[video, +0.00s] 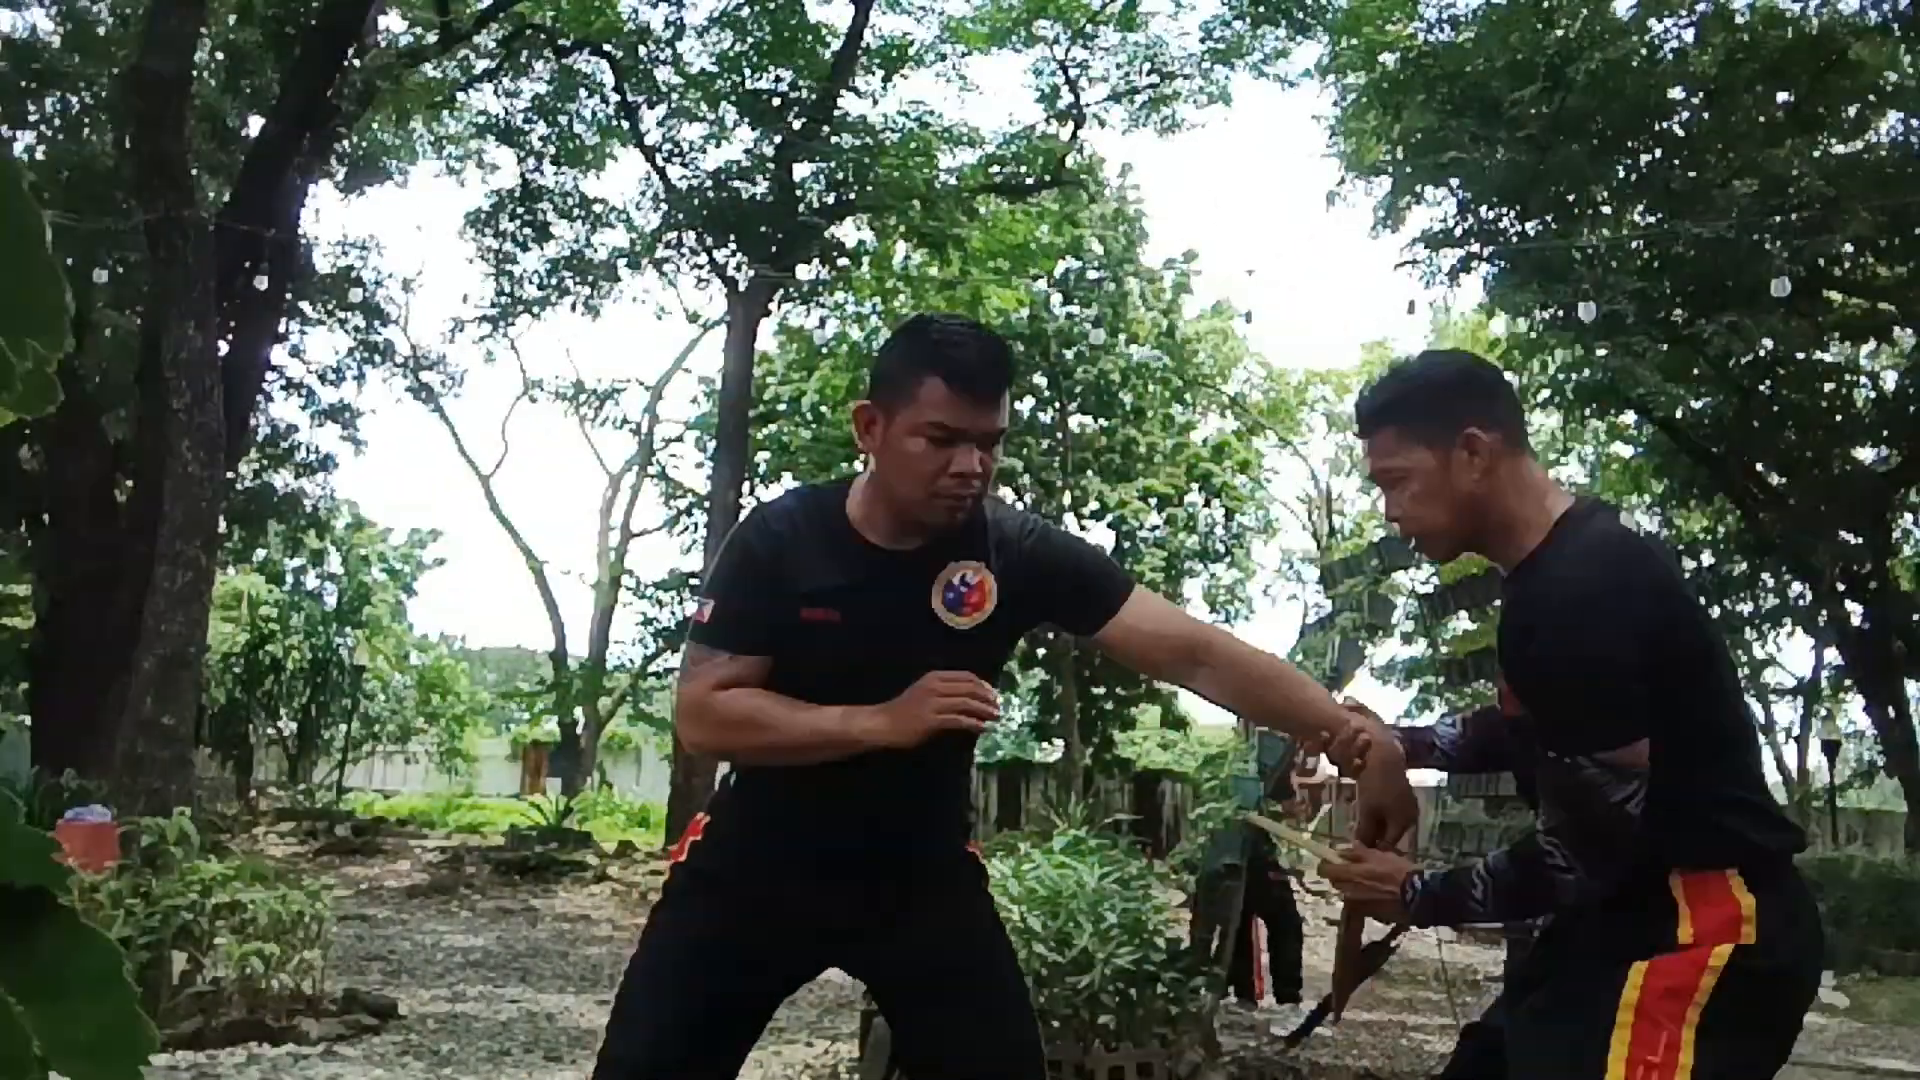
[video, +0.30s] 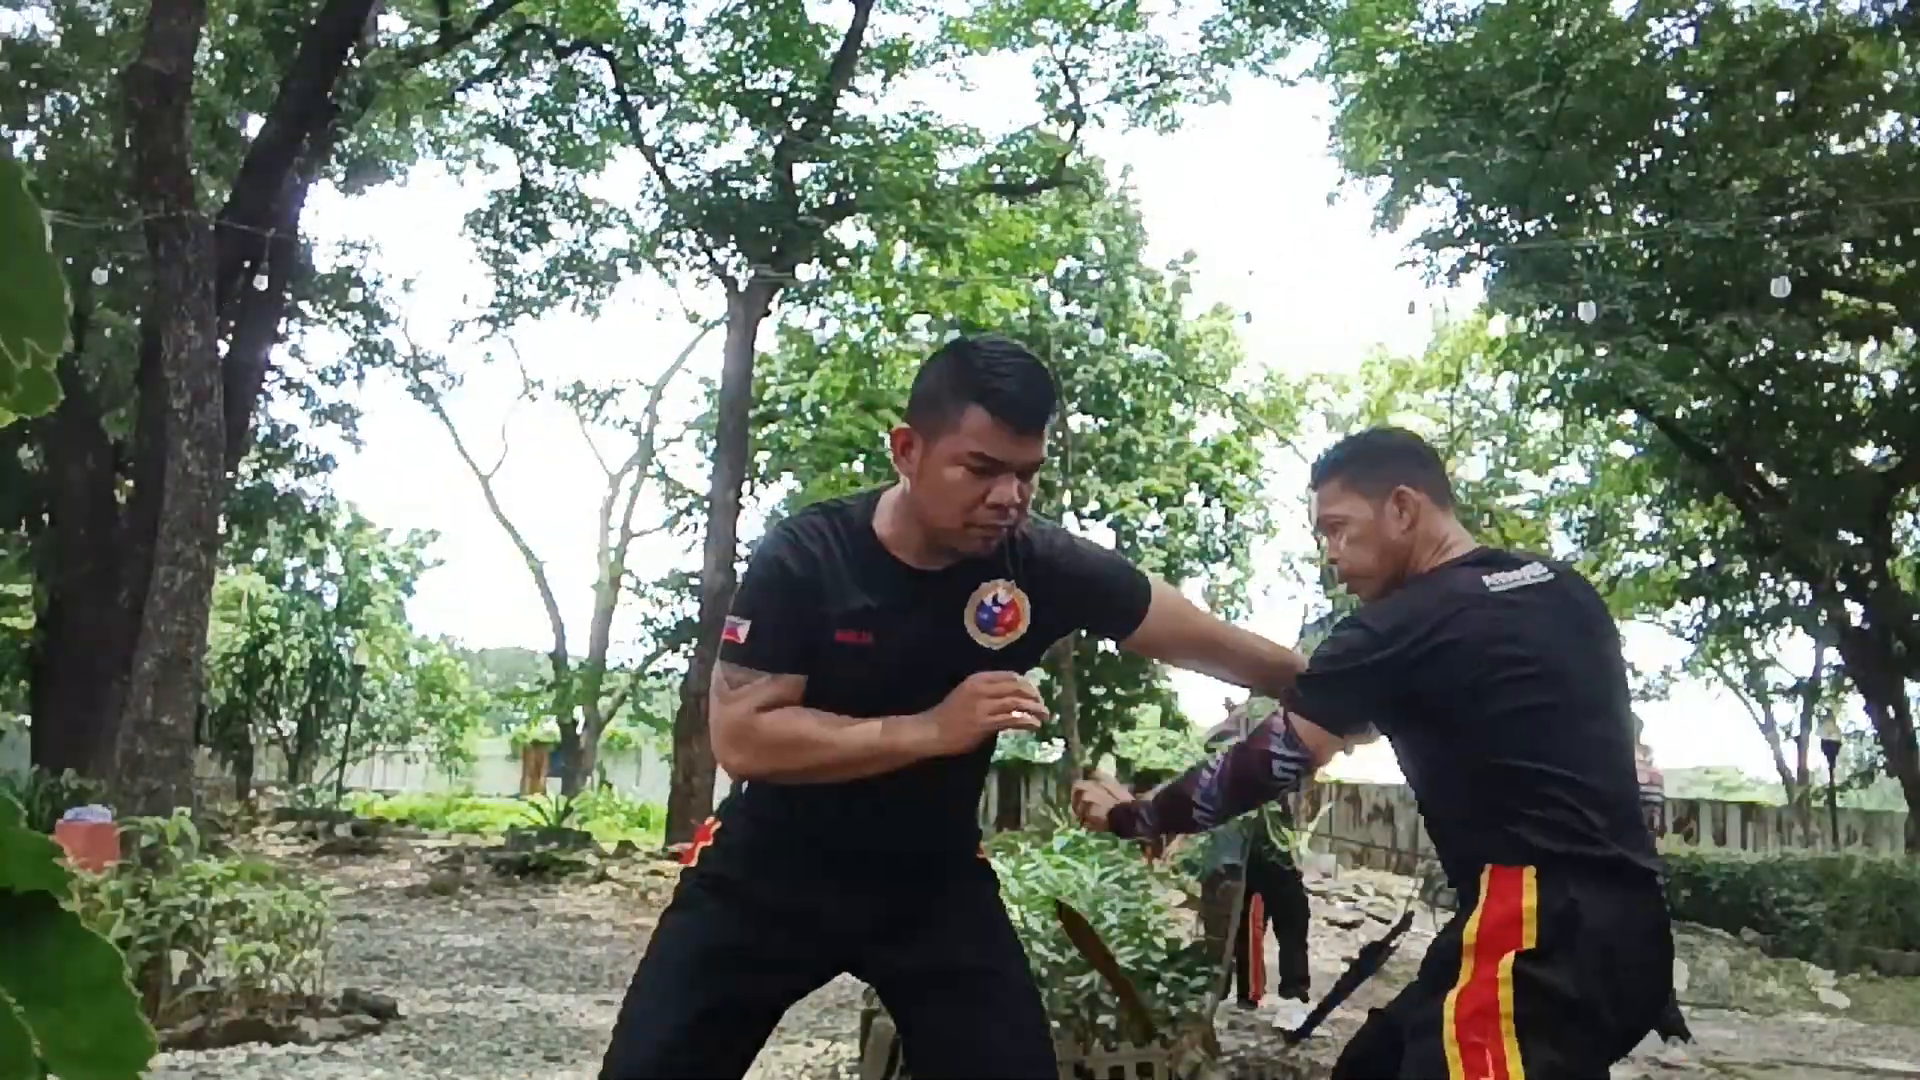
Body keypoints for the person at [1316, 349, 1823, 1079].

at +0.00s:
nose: (1389, 514)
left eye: (1397, 481)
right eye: (1381, 488)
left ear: (1474, 453)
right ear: (1477, 456)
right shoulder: (1557, 570)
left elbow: (1591, 848)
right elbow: (1535, 735)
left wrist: (1422, 897)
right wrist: (1406, 745)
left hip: (1702, 931)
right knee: (1490, 1058)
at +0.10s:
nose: (1357, 530)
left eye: (1361, 502)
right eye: (1349, 507)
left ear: (1431, 479)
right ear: (1435, 478)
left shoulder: (1469, 625)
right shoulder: (1591, 552)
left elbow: (1426, 851)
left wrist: (1327, 872)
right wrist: (1397, 712)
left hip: (1612, 932)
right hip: (1699, 915)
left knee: (1447, 1065)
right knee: (1446, 1051)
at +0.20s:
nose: (1339, 546)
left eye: (1343, 518)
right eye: (1333, 524)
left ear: (1410, 494)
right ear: (1419, 491)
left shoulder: (1414, 639)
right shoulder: (1578, 567)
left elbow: (1345, 805)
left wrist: (1266, 872)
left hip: (1558, 933)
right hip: (1657, 921)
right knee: (1398, 1050)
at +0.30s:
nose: (1330, 558)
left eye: (1338, 530)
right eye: (1324, 538)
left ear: (1403, 509)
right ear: (1410, 509)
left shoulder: (1392, 626)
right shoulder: (1566, 585)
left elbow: (1271, 762)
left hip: (1526, 932)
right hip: (1627, 926)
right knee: (1371, 1063)